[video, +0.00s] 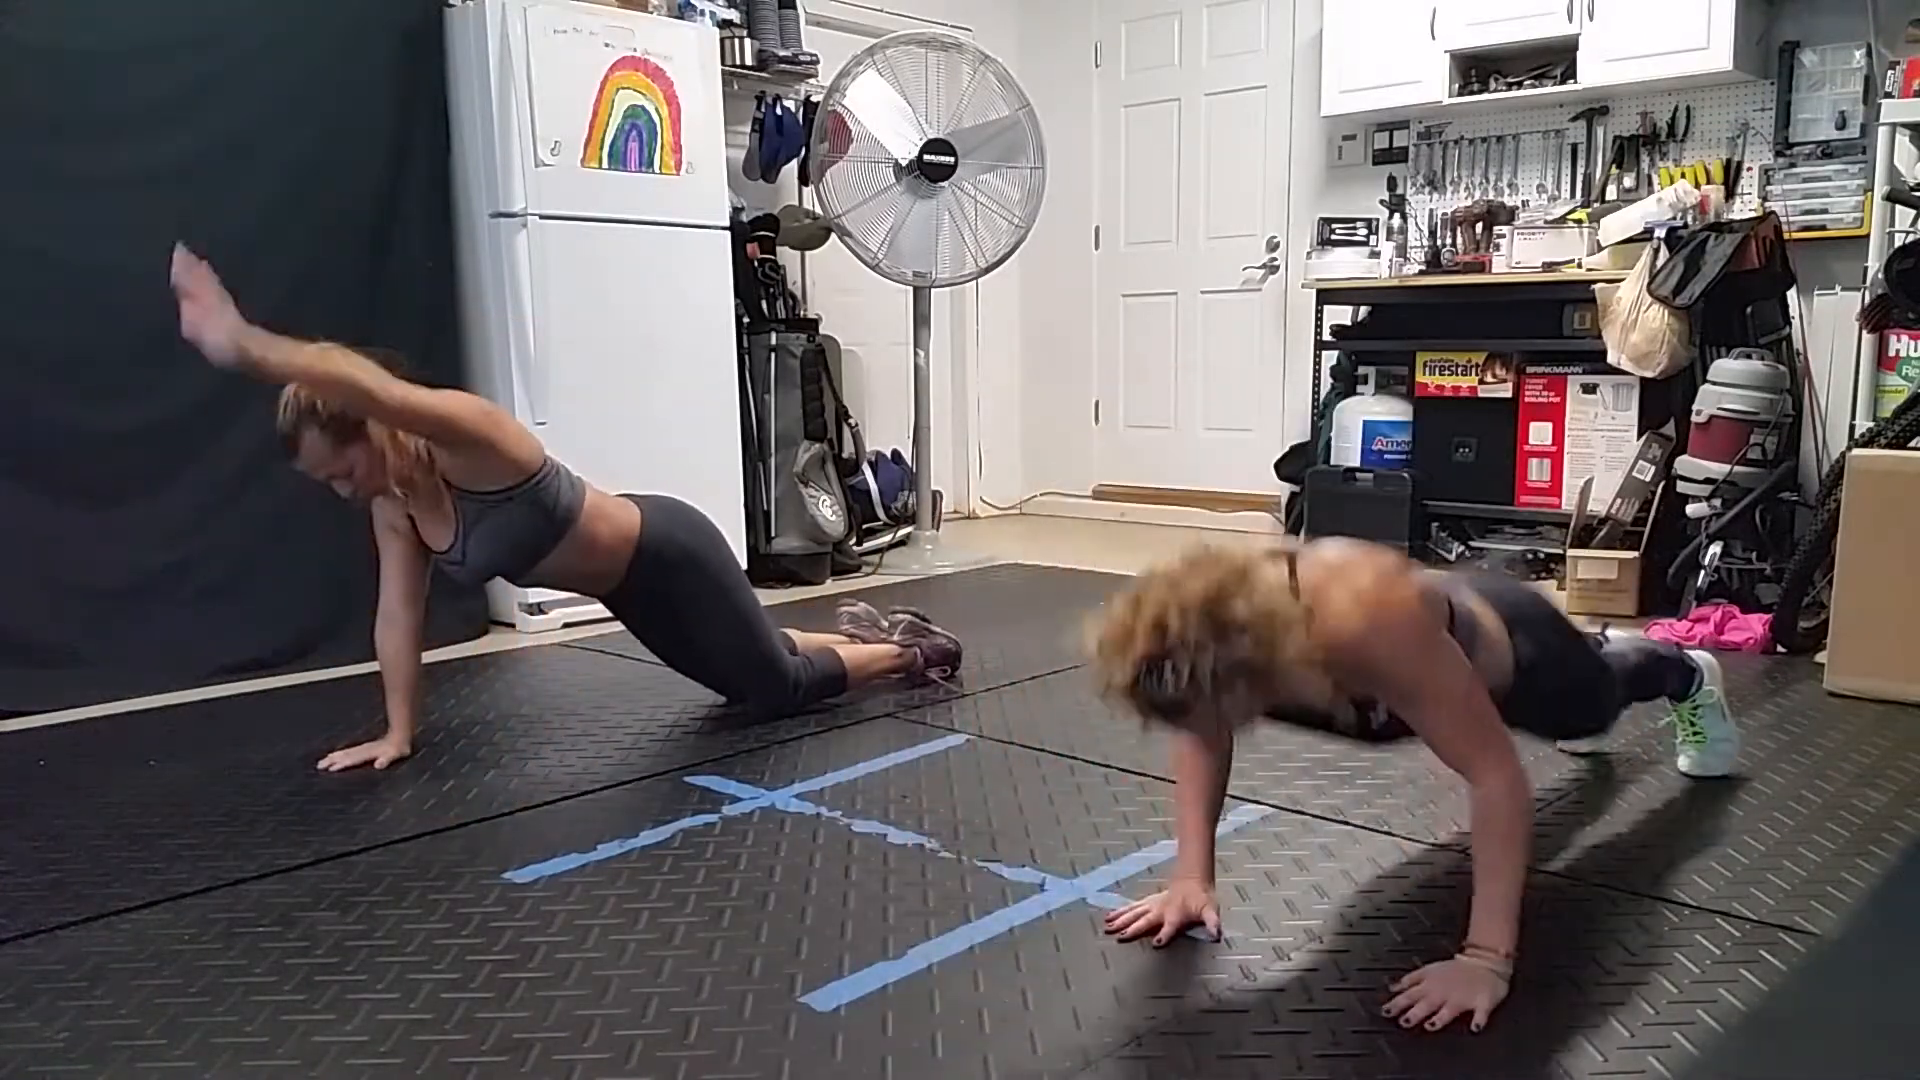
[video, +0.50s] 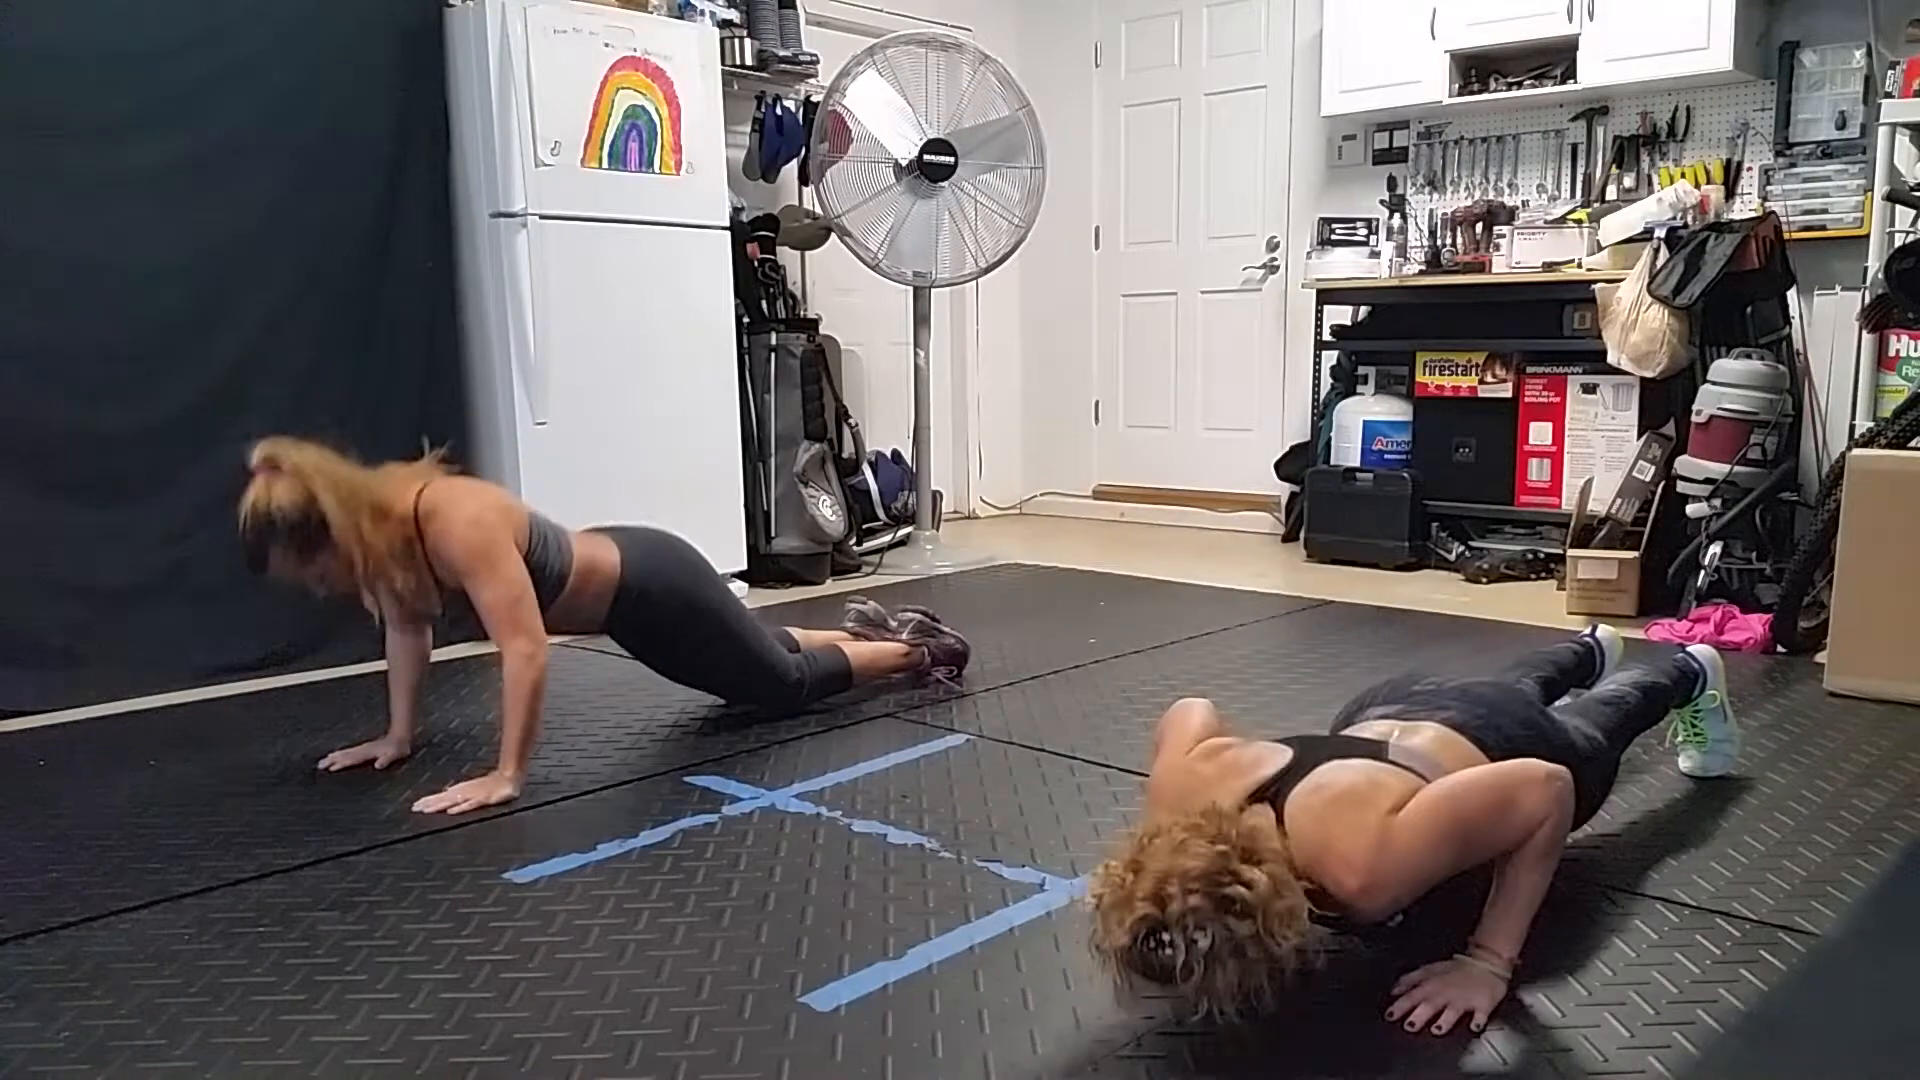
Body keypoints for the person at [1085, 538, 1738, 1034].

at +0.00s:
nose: (1208, 730)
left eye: (1211, 713)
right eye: (1190, 725)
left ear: (1236, 668)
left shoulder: (1364, 615)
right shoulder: (1211, 629)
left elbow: (1499, 777)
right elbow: (1199, 733)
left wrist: (1485, 957)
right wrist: (1189, 874)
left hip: (1515, 639)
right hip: (1426, 631)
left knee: (1611, 679)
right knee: (1562, 677)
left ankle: (1688, 674)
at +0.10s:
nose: (1203, 810)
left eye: (1207, 794)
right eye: (1187, 799)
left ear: (1240, 750)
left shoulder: (1363, 688)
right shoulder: (1212, 672)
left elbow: (1534, 786)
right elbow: (1191, 772)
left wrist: (1487, 957)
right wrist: (1188, 877)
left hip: (1519, 676)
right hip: (1436, 646)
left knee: (1615, 688)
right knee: (1532, 654)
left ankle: (1691, 668)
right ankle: (1591, 640)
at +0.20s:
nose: (1202, 903)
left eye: (1214, 888)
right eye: (1177, 892)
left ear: (1250, 834)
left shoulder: (1372, 760)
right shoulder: (1207, 696)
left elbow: (1543, 793)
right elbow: (1194, 767)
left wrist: (1487, 959)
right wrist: (1185, 876)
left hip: (1514, 702)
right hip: (1419, 660)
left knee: (1612, 691)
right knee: (1536, 652)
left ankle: (1692, 666)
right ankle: (1599, 637)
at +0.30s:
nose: (1215, 977)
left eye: (1224, 959)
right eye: (1188, 964)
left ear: (1257, 903)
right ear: (1141, 875)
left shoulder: (1370, 833)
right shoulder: (1182, 748)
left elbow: (1544, 793)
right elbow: (1196, 702)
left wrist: (1487, 958)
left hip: (1498, 728)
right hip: (1387, 693)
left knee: (1604, 703)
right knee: (1518, 673)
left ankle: (1689, 665)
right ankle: (1596, 640)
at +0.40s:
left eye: (1214, 984)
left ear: (1254, 938)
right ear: (1144, 873)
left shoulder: (1371, 860)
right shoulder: (1172, 791)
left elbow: (1542, 791)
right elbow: (1187, 707)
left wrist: (1488, 958)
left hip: (1492, 738)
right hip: (1390, 713)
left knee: (1605, 707)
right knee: (1507, 681)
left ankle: (1690, 666)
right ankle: (1593, 641)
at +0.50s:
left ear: (1252, 938)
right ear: (1151, 859)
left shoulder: (1367, 859)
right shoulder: (1170, 797)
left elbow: (1542, 792)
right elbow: (1189, 707)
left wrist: (1489, 958)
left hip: (1497, 735)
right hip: (1388, 710)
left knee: (1607, 705)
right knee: (1510, 679)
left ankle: (1689, 665)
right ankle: (1593, 641)